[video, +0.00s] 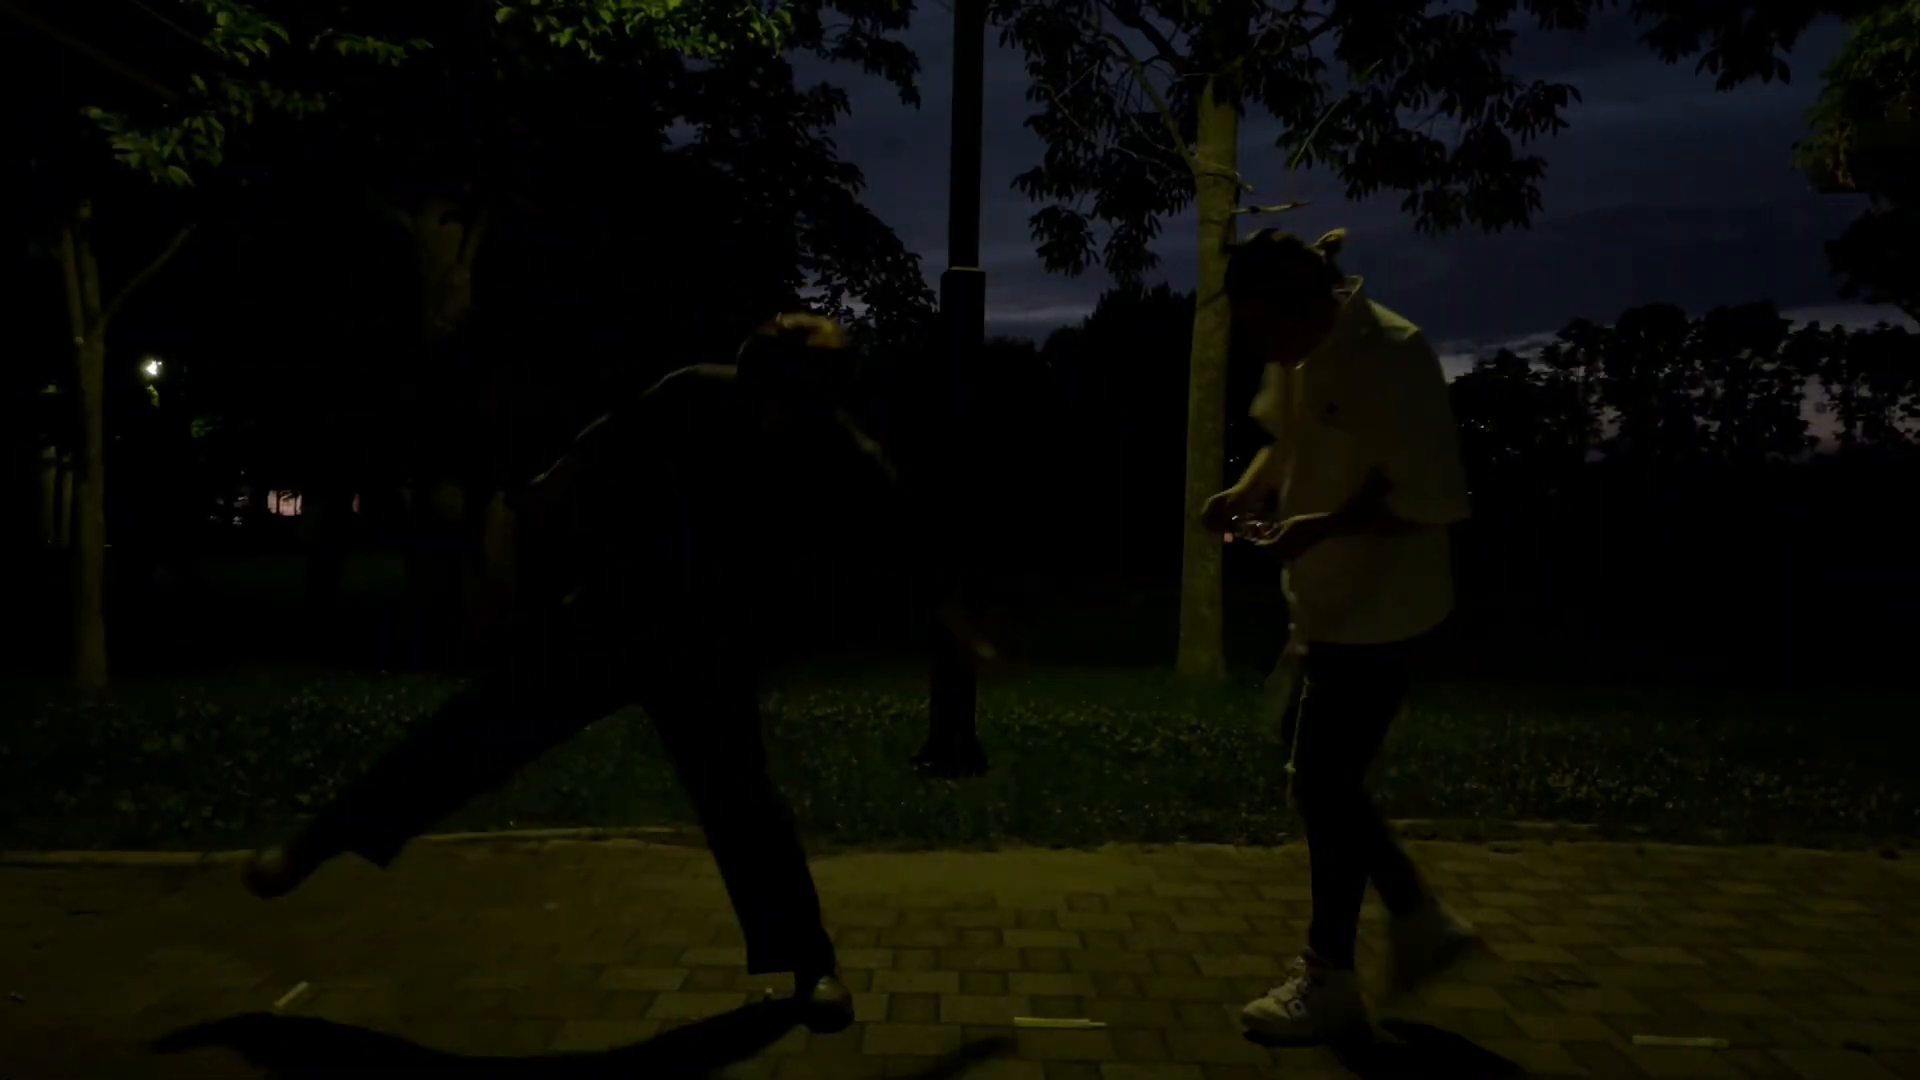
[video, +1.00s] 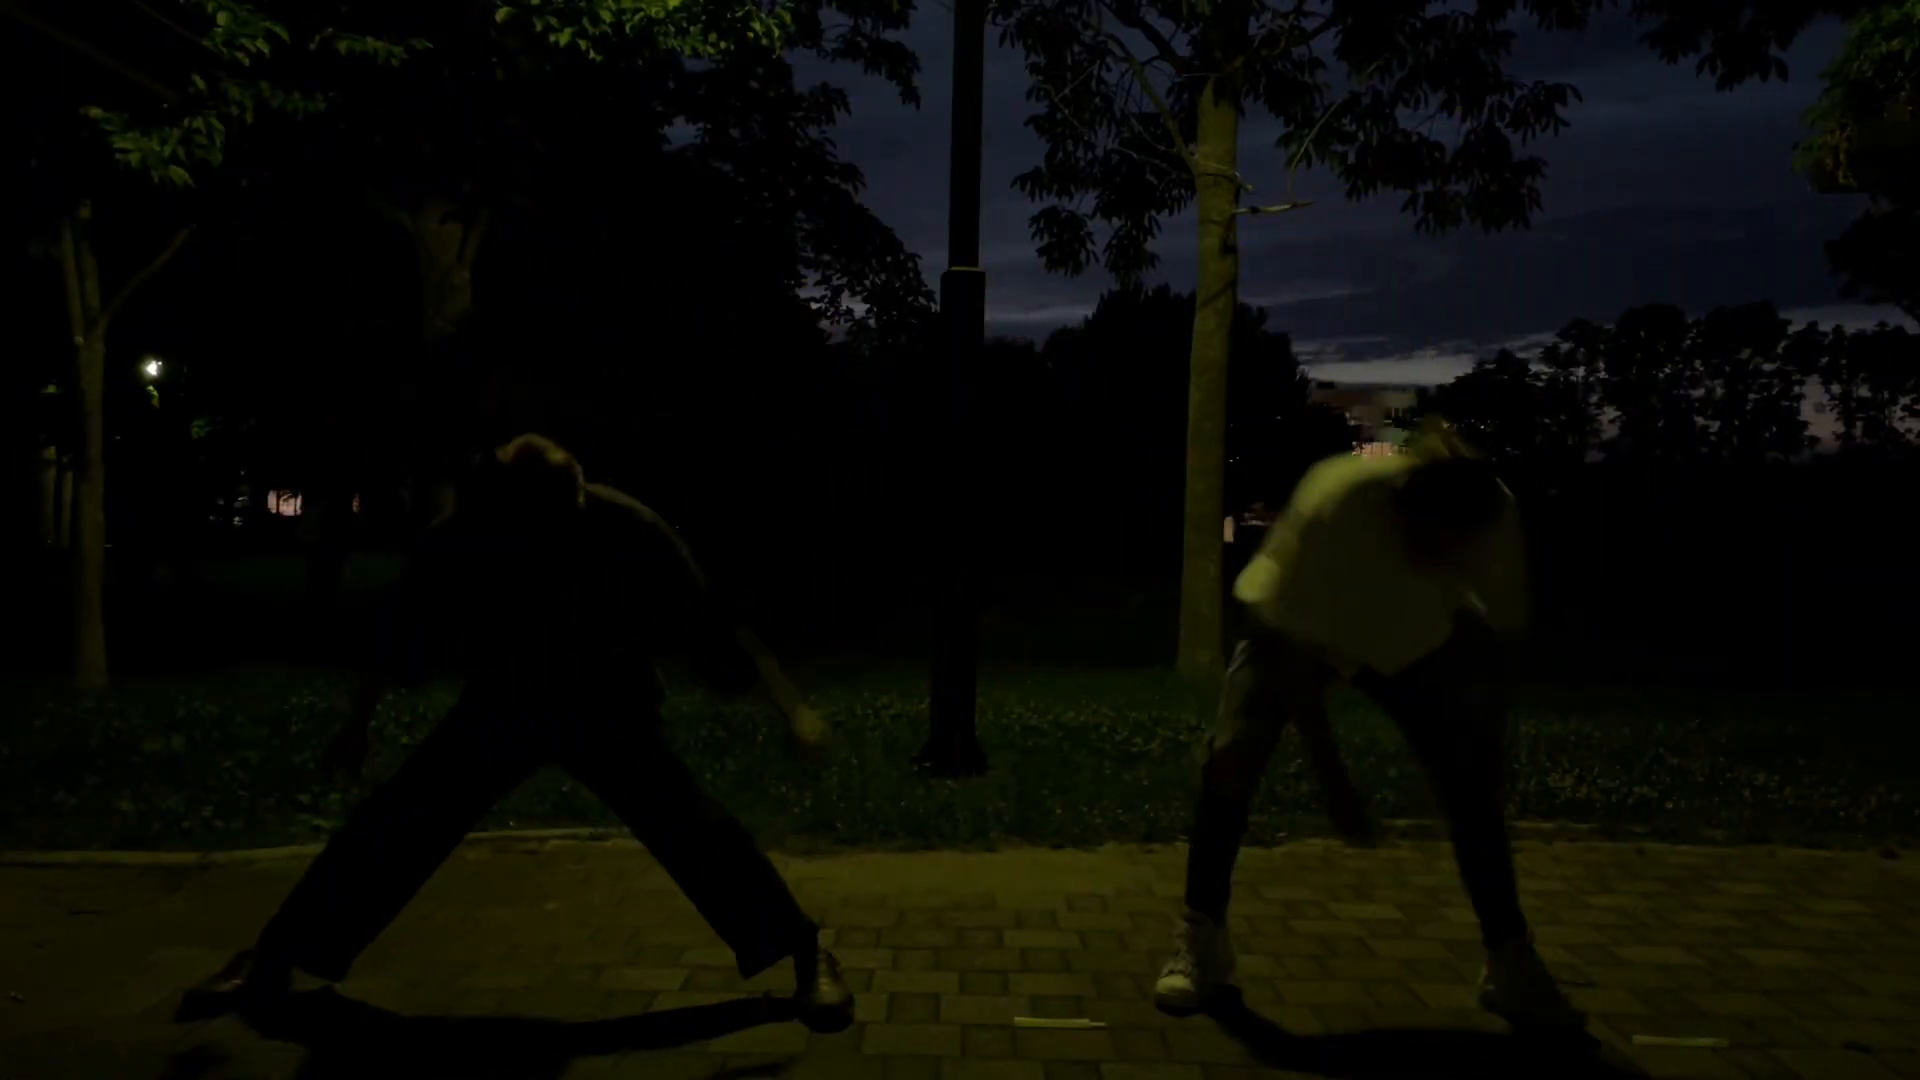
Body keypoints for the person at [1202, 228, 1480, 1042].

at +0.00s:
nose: (1262, 340)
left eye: (1267, 322)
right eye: (1254, 324)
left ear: (1300, 303)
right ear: (1274, 309)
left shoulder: (1392, 354)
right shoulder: (1303, 350)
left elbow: (1430, 497)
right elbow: (1288, 445)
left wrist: (1319, 526)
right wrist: (1242, 496)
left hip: (1386, 615)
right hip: (1328, 611)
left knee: (1328, 781)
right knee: (1320, 776)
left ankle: (1329, 979)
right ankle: (1421, 922)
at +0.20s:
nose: (1253, 356)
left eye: (1266, 340)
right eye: (1246, 340)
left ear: (1307, 320)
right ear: (1241, 325)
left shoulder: (1385, 362)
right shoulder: (1239, 352)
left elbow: (1426, 498)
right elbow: (1227, 445)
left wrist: (1323, 540)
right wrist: (1223, 505)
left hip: (1367, 609)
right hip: (1280, 601)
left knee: (1334, 777)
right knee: (1240, 748)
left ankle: (1332, 971)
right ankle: (1262, 926)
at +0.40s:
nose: (1262, 387)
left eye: (1278, 372)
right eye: (1252, 369)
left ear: (1315, 353)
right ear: (1238, 347)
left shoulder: (1378, 379)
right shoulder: (1211, 364)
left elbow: (1417, 497)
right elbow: (1174, 460)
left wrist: (1325, 564)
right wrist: (1203, 543)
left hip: (1348, 615)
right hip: (1246, 608)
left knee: (1326, 783)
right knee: (1227, 770)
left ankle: (1329, 971)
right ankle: (1207, 941)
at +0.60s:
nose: (1292, 420)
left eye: (1307, 403)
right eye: (1280, 402)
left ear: (1332, 379)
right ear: (1254, 378)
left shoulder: (1375, 398)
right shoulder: (1203, 396)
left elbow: (1398, 513)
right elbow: (1159, 507)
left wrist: (1347, 604)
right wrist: (1219, 599)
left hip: (1337, 616)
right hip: (1231, 616)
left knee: (1350, 781)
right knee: (1216, 771)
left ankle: (1361, 955)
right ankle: (1205, 943)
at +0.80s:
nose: (1356, 462)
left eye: (1369, 445)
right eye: (1345, 445)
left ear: (1389, 425)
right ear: (1315, 420)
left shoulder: (1413, 441)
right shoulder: (1242, 440)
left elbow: (1426, 556)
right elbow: (1205, 561)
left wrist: (1410, 645)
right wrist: (1262, 657)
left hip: (1362, 627)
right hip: (1252, 624)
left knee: (1416, 782)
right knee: (1216, 775)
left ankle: (1474, 954)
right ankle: (1206, 947)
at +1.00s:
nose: (1448, 552)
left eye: (1462, 539)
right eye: (1441, 536)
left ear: (1480, 514)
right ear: (1408, 507)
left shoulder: (1490, 517)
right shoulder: (1334, 502)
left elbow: (1505, 639)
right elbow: (1281, 638)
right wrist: (1334, 785)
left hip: (1414, 632)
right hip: (1299, 624)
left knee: (1473, 789)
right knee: (1231, 760)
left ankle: (1511, 964)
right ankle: (1200, 942)